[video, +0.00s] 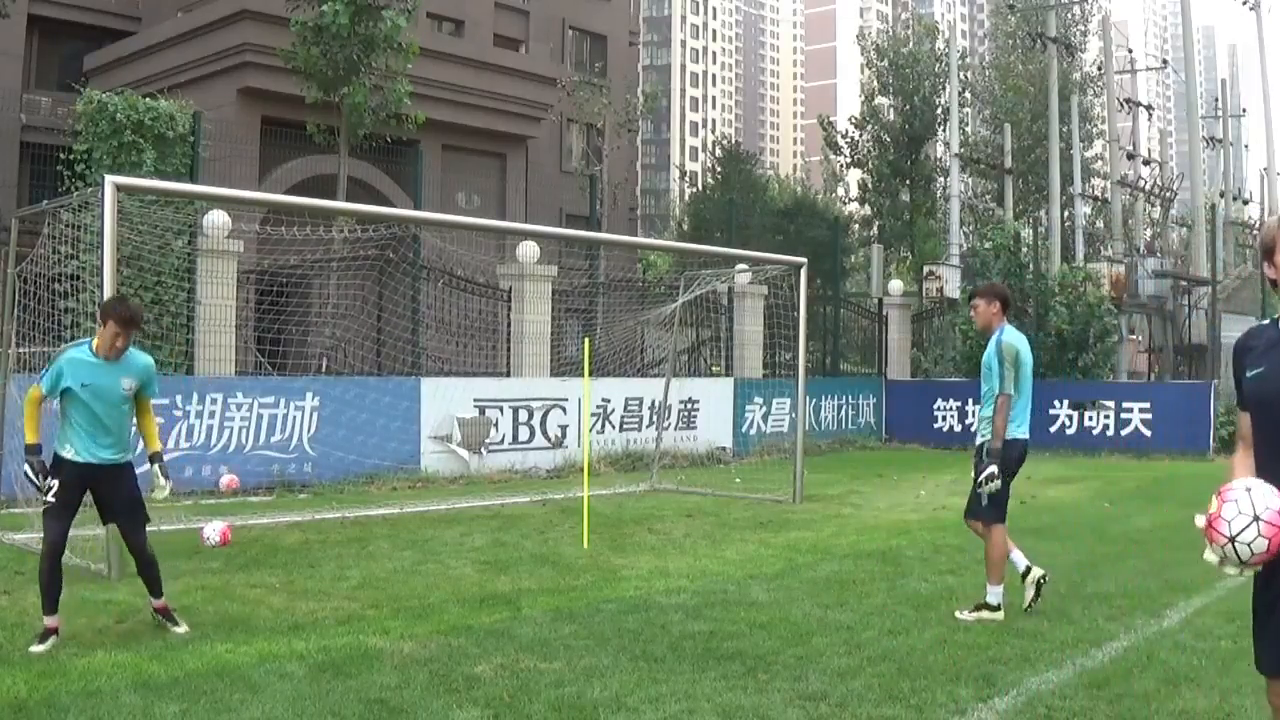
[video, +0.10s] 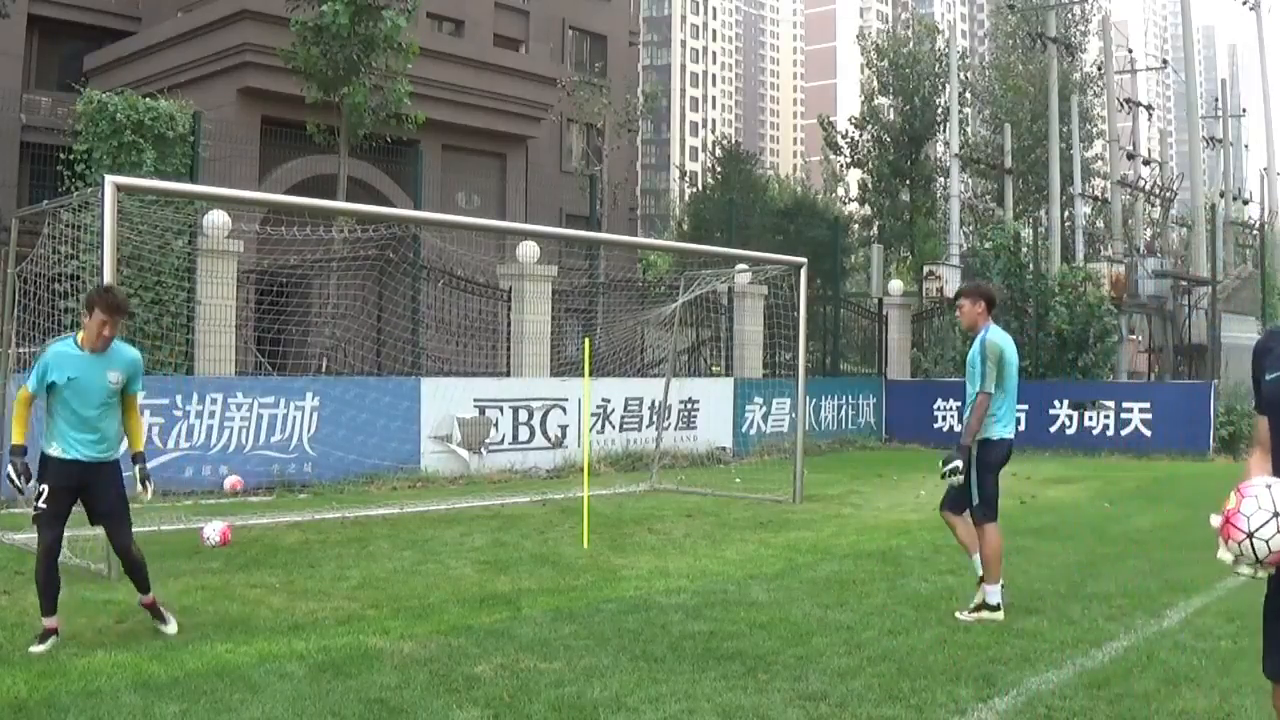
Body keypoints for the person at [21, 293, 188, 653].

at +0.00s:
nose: (122, 343)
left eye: (128, 336)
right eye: (117, 334)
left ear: (134, 334)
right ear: (101, 325)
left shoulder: (142, 366)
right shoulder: (70, 360)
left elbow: (145, 412)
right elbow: (33, 399)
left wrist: (157, 459)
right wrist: (33, 454)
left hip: (116, 468)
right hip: (69, 465)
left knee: (139, 545)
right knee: (52, 545)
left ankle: (160, 606)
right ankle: (50, 627)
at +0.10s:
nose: (109, 332)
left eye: (115, 325)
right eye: (104, 323)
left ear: (121, 325)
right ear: (86, 317)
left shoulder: (129, 359)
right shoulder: (55, 354)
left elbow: (132, 410)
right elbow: (23, 399)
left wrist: (139, 459)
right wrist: (18, 451)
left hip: (104, 467)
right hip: (58, 465)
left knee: (125, 546)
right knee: (48, 546)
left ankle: (149, 601)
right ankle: (50, 627)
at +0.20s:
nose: (95, 317)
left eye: (101, 310)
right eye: (89, 308)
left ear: (107, 309)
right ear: (72, 302)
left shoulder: (114, 348)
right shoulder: (39, 345)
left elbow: (114, 402)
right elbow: (11, 395)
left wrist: (115, 453)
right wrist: (4, 446)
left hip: (94, 462)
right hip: (48, 462)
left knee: (107, 542)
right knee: (47, 546)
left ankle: (107, 607)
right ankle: (50, 627)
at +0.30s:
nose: (84, 311)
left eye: (91, 305)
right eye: (78, 302)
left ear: (98, 307)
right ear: (63, 299)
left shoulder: (107, 345)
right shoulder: (31, 344)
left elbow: (108, 401)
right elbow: (4, 394)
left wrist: (109, 450)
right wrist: (2, 449)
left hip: (88, 460)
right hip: (42, 462)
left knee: (92, 541)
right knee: (46, 546)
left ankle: (84, 622)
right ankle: (50, 626)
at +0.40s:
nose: (71, 308)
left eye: (80, 302)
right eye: (66, 299)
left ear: (89, 306)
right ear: (53, 296)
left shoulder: (97, 348)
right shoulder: (23, 345)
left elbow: (98, 403)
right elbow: (1, 399)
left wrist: (99, 450)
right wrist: (4, 459)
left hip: (79, 465)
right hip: (33, 465)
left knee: (68, 553)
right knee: (42, 554)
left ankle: (61, 645)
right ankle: (47, 623)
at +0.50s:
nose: (68, 307)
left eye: (77, 301)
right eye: (63, 298)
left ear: (86, 305)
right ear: (50, 296)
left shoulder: (96, 349)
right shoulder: (19, 345)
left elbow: (95, 406)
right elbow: (2, 402)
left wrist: (95, 455)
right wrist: (4, 460)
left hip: (74, 469)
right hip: (26, 468)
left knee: (57, 562)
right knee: (36, 562)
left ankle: (47, 652)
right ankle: (44, 621)